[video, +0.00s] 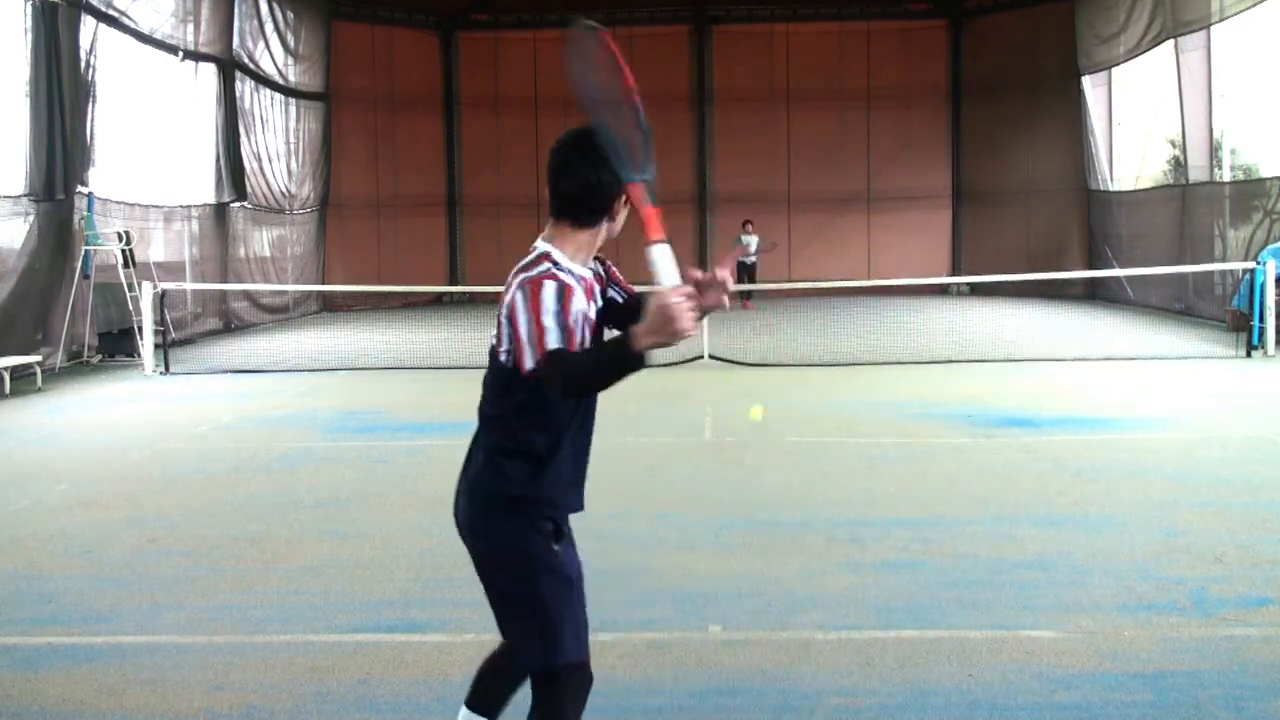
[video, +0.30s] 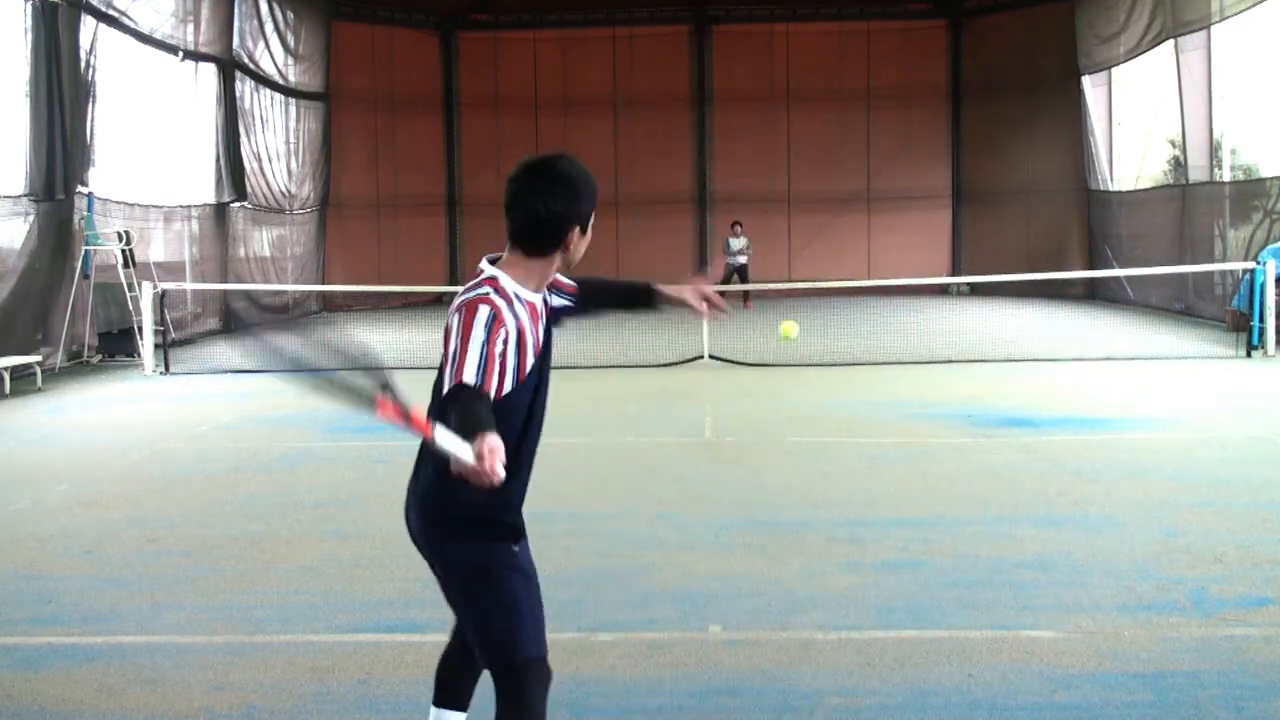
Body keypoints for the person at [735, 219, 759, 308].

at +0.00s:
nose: (749, 228)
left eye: (750, 226)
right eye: (747, 226)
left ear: (752, 227)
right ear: (743, 228)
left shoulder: (756, 237)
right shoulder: (740, 237)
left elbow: (757, 249)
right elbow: (737, 250)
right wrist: (745, 250)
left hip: (752, 261)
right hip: (742, 261)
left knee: (752, 280)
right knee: (742, 281)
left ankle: (748, 300)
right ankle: (743, 300)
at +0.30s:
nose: (737, 230)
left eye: (739, 227)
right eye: (735, 228)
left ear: (741, 229)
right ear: (732, 230)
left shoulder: (745, 240)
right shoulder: (728, 240)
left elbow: (750, 251)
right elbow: (726, 251)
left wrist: (743, 252)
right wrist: (737, 252)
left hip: (742, 263)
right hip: (731, 263)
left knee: (745, 282)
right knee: (725, 281)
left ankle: (746, 302)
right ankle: (718, 300)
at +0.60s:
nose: (724, 230)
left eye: (725, 227)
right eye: (722, 228)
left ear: (727, 228)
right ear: (719, 230)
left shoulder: (732, 239)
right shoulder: (716, 239)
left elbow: (735, 251)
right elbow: (716, 252)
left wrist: (725, 252)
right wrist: (728, 250)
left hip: (730, 263)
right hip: (719, 263)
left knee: (735, 282)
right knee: (716, 282)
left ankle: (739, 300)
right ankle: (716, 298)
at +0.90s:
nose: (720, 234)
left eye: (722, 231)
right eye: (718, 232)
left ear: (724, 232)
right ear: (715, 233)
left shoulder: (729, 242)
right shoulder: (712, 243)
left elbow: (733, 253)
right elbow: (710, 255)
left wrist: (725, 256)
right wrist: (718, 256)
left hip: (727, 265)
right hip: (716, 266)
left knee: (733, 283)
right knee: (712, 283)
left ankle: (738, 300)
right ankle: (710, 298)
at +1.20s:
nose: (729, 234)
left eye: (731, 232)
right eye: (728, 232)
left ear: (734, 233)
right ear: (726, 234)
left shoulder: (737, 242)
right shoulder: (725, 243)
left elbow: (732, 251)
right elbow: (722, 249)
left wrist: (722, 249)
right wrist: (716, 249)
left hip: (738, 264)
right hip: (728, 265)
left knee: (738, 283)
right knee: (722, 282)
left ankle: (740, 301)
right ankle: (718, 298)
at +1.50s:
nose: (737, 237)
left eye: (739, 234)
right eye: (736, 235)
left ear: (742, 235)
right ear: (734, 236)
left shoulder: (745, 244)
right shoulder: (736, 247)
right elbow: (730, 252)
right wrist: (720, 253)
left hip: (753, 265)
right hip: (745, 268)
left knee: (757, 282)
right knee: (743, 286)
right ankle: (752, 299)